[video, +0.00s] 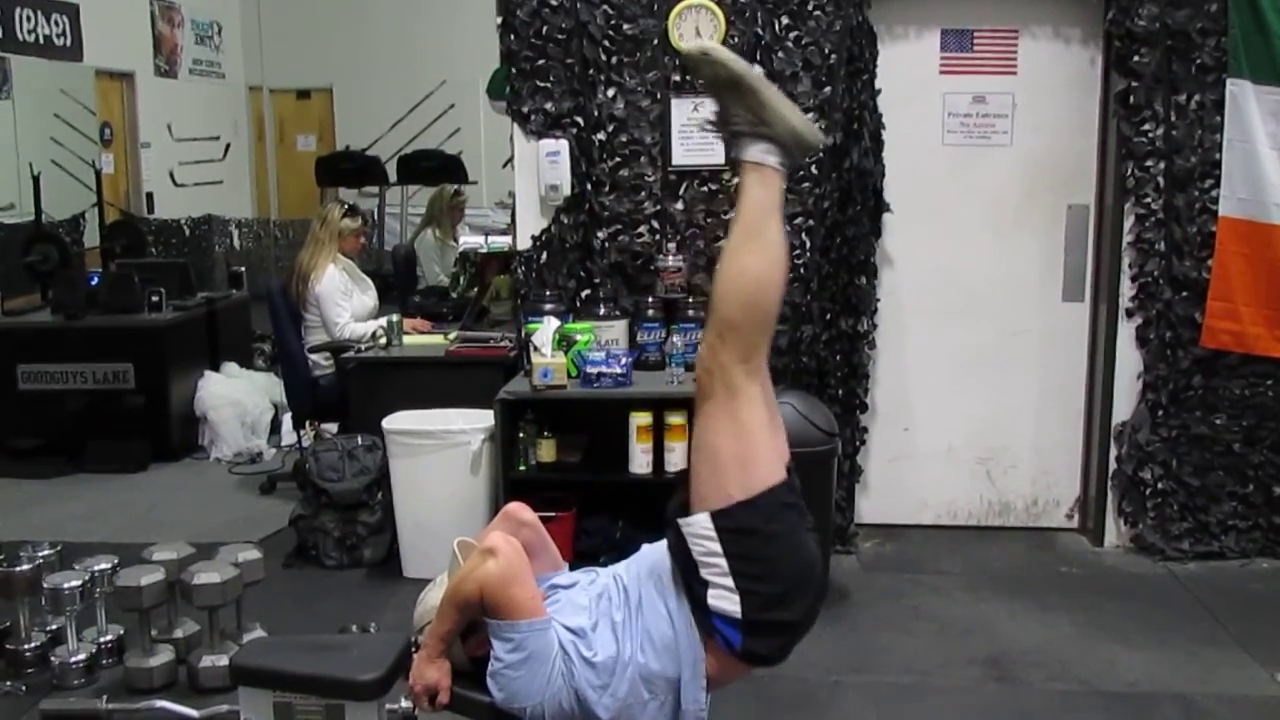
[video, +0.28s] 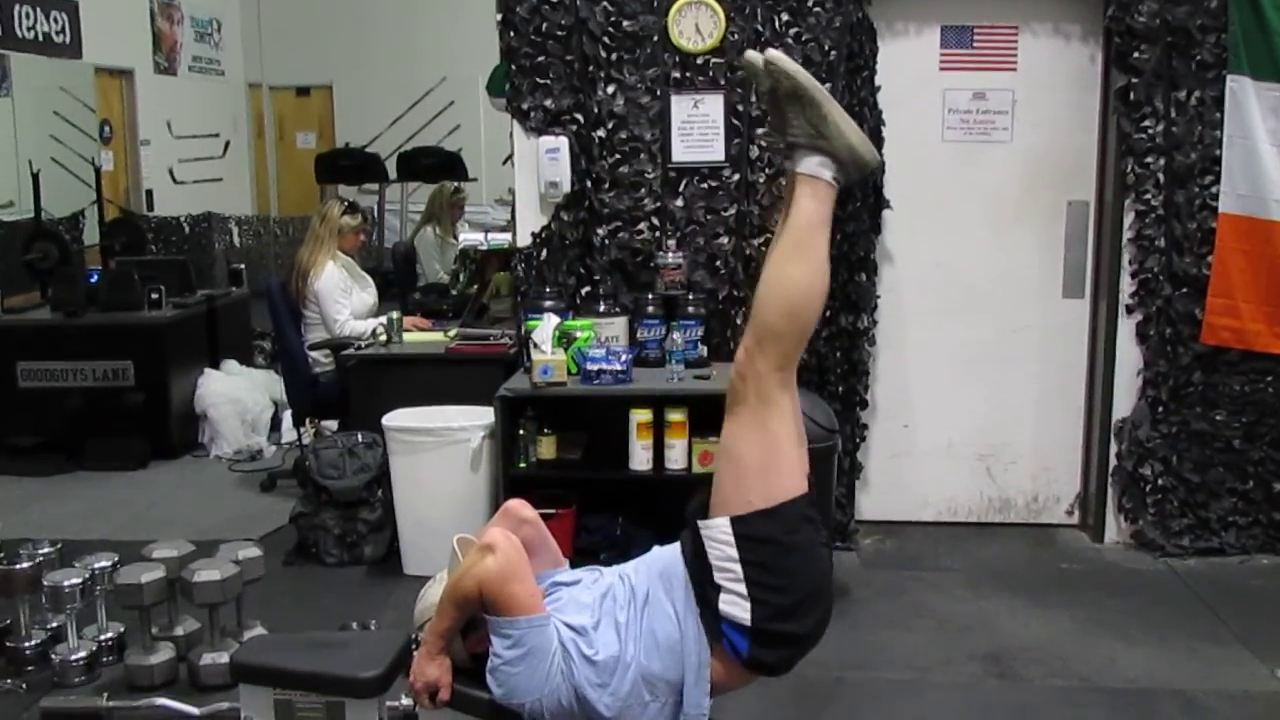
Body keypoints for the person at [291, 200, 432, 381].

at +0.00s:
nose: (363, 242)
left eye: (363, 236)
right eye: (357, 236)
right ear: (337, 237)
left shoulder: (340, 267)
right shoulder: (328, 274)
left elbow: (350, 324)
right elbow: (340, 331)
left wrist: (396, 323)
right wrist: (395, 324)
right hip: (333, 372)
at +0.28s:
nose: (363, 239)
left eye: (364, 233)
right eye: (357, 233)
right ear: (336, 233)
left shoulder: (340, 265)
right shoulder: (328, 271)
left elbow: (350, 322)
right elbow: (340, 328)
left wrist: (395, 321)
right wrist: (394, 323)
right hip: (332, 368)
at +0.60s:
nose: (358, 234)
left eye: (358, 228)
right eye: (352, 228)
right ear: (332, 228)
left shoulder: (336, 260)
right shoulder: (323, 266)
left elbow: (347, 317)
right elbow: (336, 324)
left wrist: (392, 315)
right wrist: (391, 318)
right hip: (329, 363)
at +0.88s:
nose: (352, 225)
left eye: (353, 219)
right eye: (347, 219)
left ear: (331, 219)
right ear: (328, 218)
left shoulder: (328, 250)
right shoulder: (317, 256)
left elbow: (340, 307)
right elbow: (332, 315)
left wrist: (386, 307)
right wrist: (385, 308)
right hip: (324, 357)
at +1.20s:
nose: (348, 188)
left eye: (349, 181)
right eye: (342, 181)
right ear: (323, 182)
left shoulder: (326, 213)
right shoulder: (313, 219)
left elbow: (337, 271)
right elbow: (328, 277)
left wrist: (382, 269)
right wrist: (383, 271)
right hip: (320, 318)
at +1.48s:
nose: (346, 178)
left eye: (347, 171)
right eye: (341, 172)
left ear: (325, 173)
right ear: (321, 172)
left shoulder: (323, 203)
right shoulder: (312, 209)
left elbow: (335, 261)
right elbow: (327, 268)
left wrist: (382, 260)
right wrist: (381, 261)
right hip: (319, 311)